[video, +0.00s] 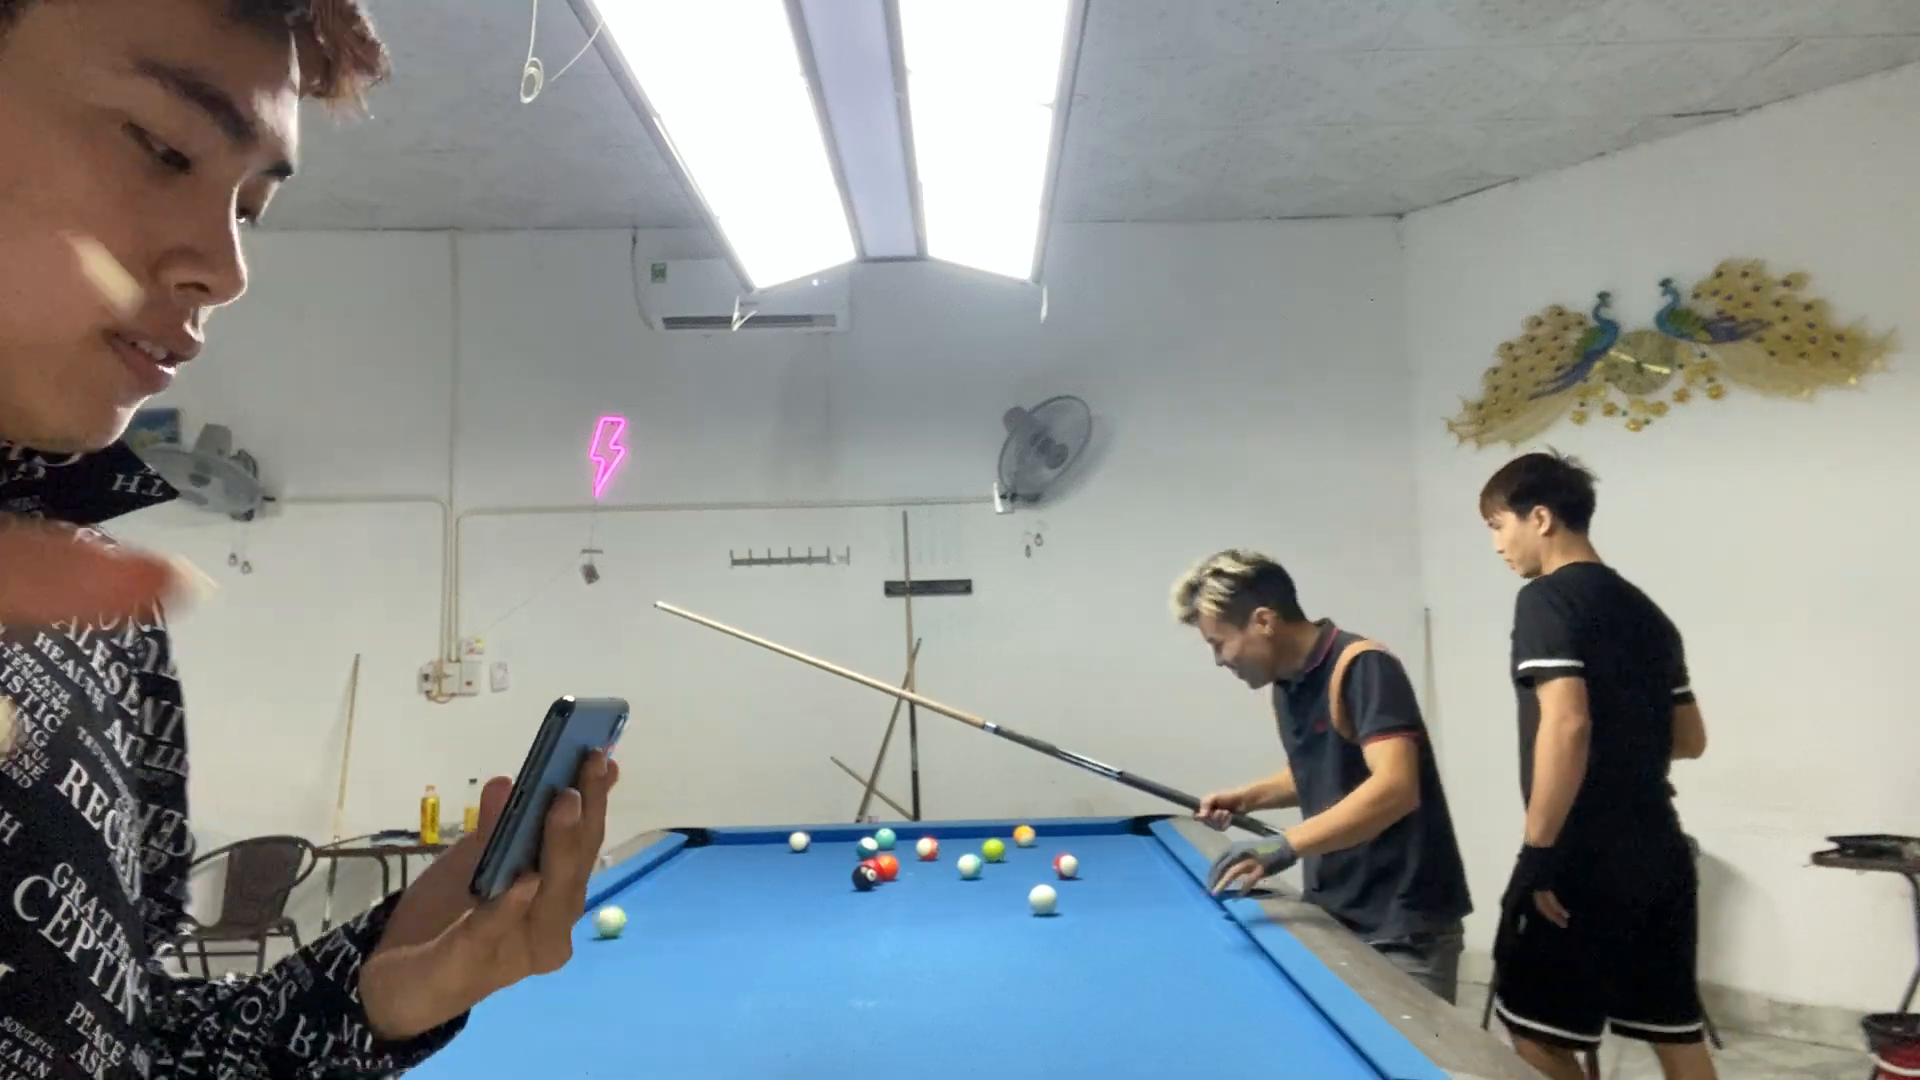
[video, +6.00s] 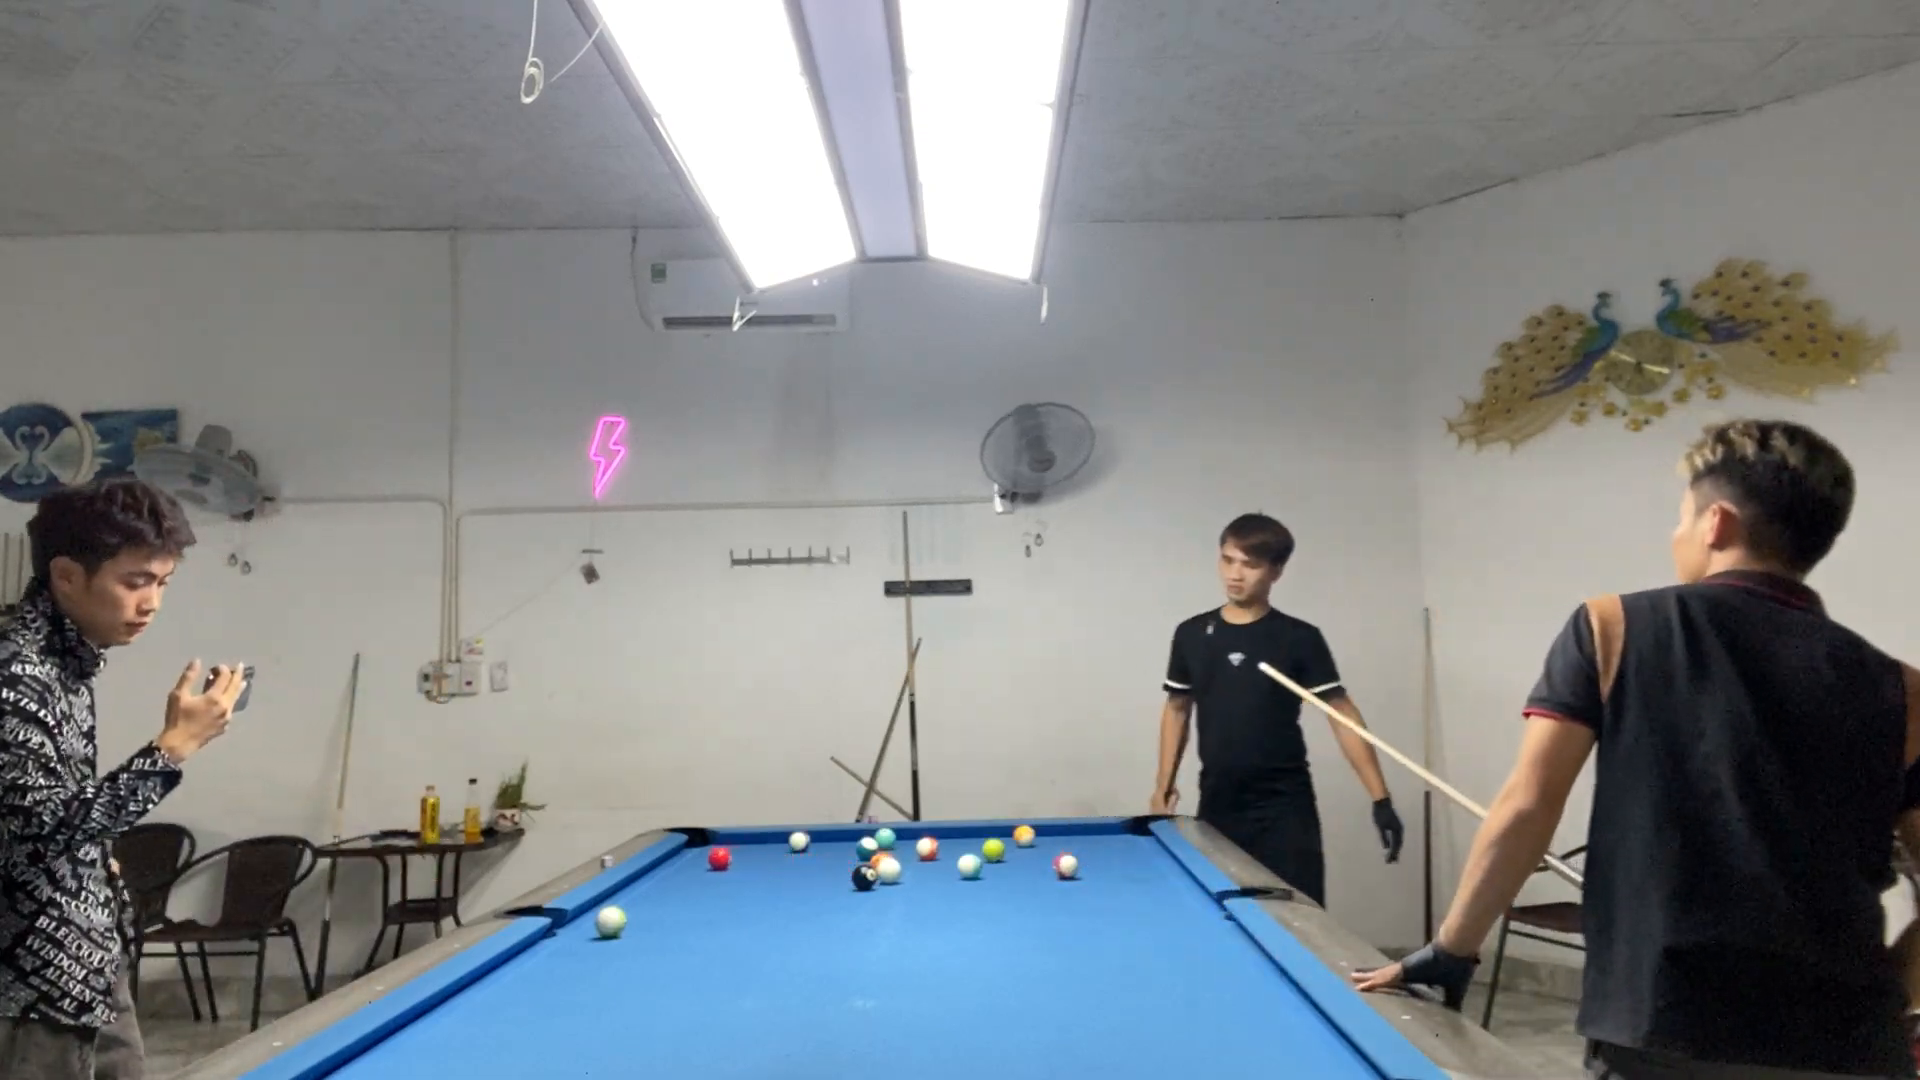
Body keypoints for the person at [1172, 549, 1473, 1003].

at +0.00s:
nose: (1219, 661)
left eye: (1219, 643)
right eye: (1212, 647)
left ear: (1263, 621)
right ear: (1264, 624)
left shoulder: (1365, 667)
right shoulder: (1287, 684)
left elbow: (1398, 787)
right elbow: (1319, 777)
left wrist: (1284, 849)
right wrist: (1246, 799)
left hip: (1407, 923)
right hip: (1338, 915)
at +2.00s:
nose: (1383, 704)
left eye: (1383, 685)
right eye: (1381, 686)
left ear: (1419, 674)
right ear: (1507, 666)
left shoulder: (1402, 747)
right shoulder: (1653, 717)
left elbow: (1304, 885)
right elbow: (1799, 866)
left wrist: (1241, 952)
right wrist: (1698, 950)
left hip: (1600, 1057)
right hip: (1776, 1050)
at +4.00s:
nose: (1328, 832)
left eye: (1323, 819)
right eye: (1323, 822)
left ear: (1349, 802)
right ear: (1424, 774)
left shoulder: (1351, 848)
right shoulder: (1534, 760)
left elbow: (1243, 931)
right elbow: (1681, 721)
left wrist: (1174, 924)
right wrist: (1766, 889)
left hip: (1610, 1053)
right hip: (1743, 1033)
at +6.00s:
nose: (1676, 538)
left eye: (1683, 515)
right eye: (1681, 515)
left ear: (1718, 524)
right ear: (1809, 545)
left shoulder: (1614, 629)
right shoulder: (1895, 687)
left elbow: (1526, 810)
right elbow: (1919, 879)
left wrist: (1448, 953)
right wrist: (1890, 986)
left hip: (1659, 1037)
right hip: (1843, 1043)